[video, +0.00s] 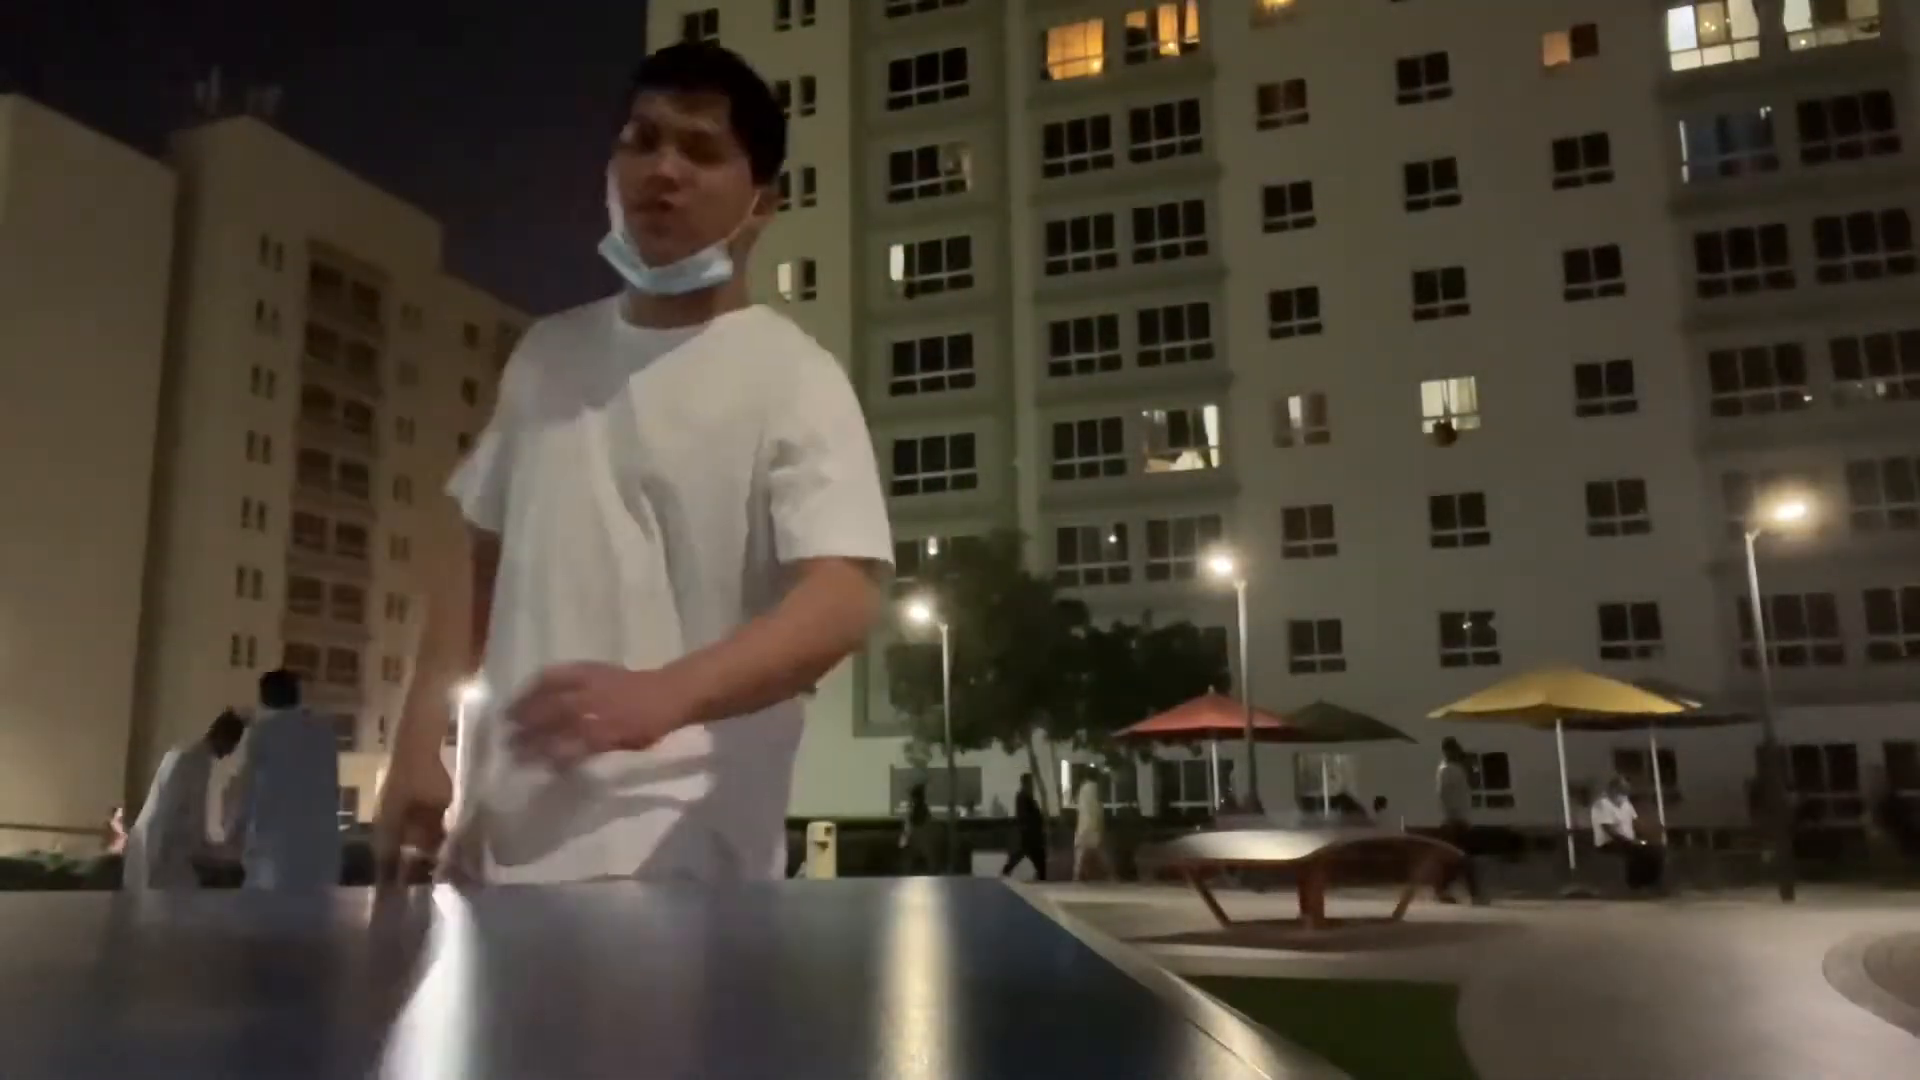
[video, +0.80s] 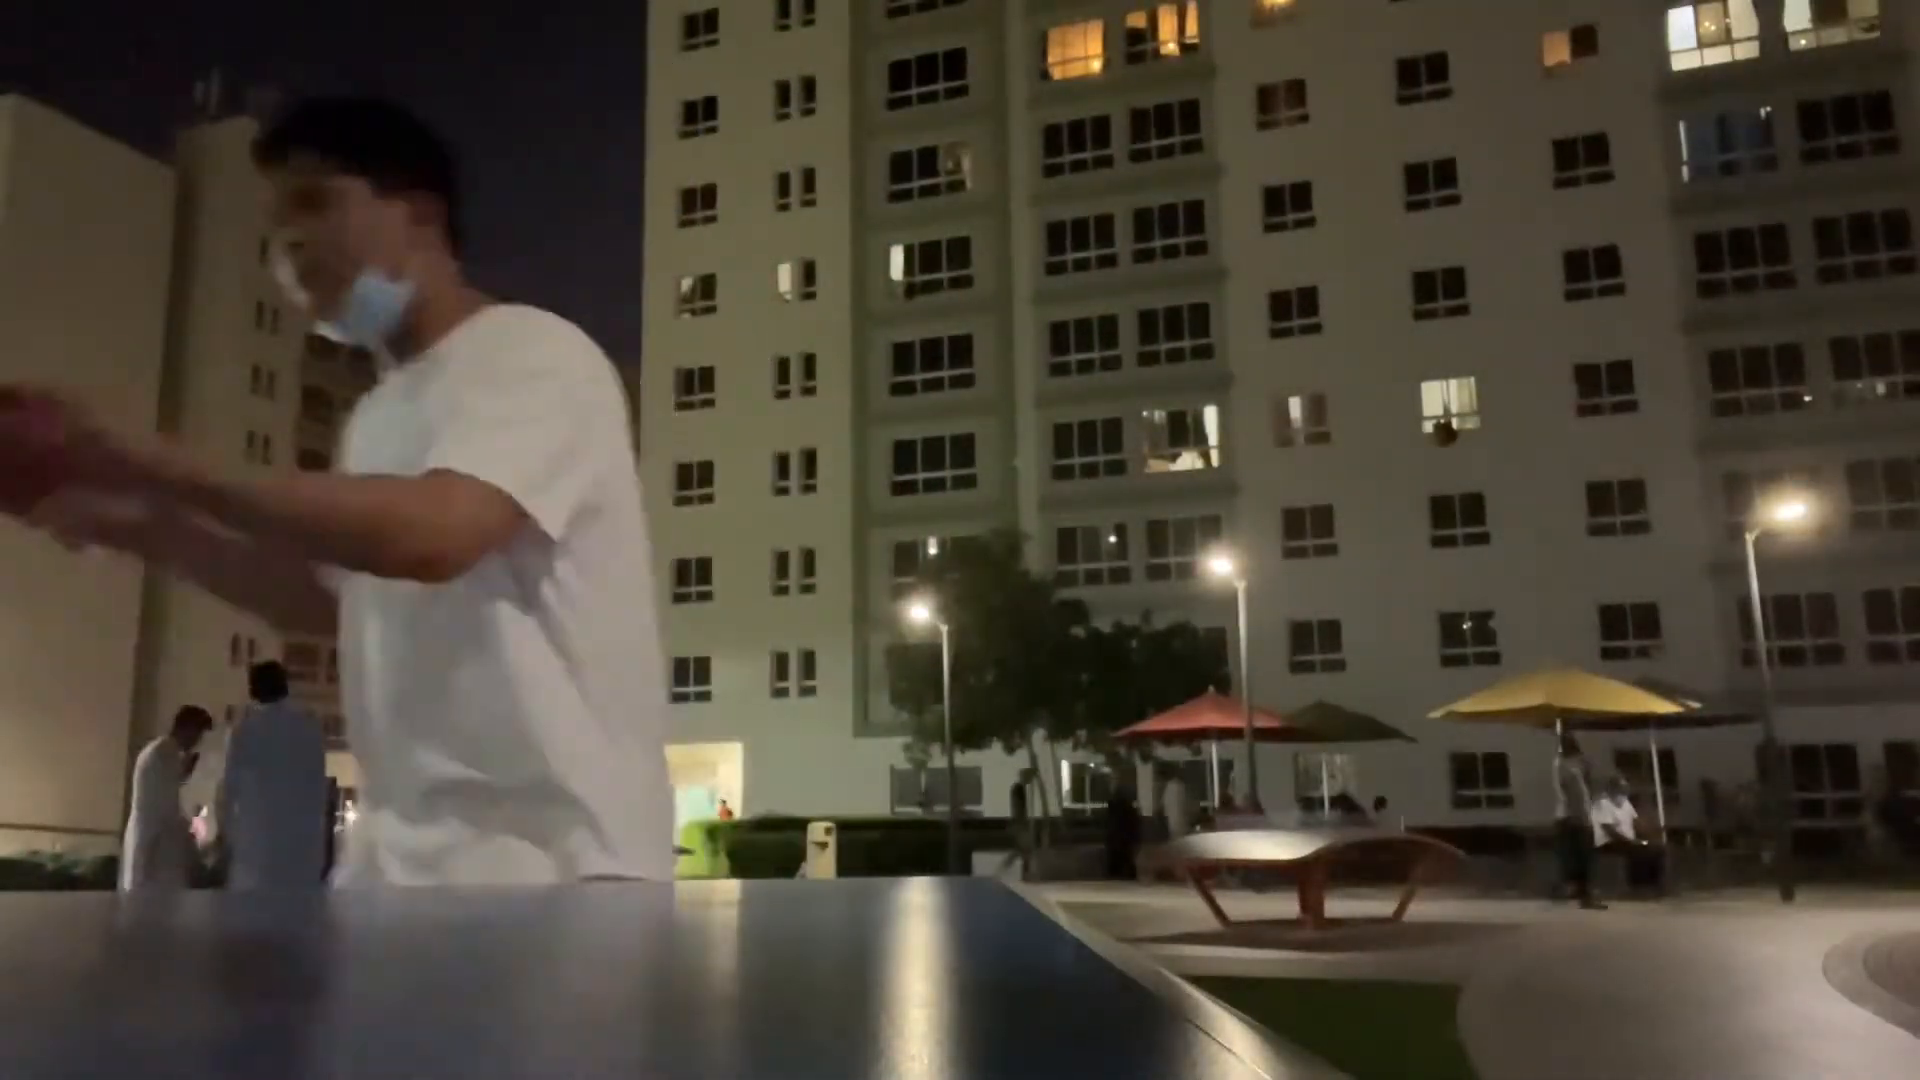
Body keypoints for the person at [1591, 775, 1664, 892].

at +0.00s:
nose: (1623, 798)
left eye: (1625, 794)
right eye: (1620, 793)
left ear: (1626, 792)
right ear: (1613, 791)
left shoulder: (1625, 802)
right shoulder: (1602, 805)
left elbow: (1635, 821)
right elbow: (1608, 829)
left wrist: (1647, 834)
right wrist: (1632, 842)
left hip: (1628, 841)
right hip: (1609, 844)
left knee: (1653, 850)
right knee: (1638, 854)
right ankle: (1635, 886)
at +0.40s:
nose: (1625, 790)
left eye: (1625, 786)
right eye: (1622, 787)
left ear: (1627, 788)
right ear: (1613, 788)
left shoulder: (1624, 801)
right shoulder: (1602, 804)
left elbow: (1635, 820)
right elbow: (1609, 829)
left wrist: (1649, 832)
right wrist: (1632, 842)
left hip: (1628, 840)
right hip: (1609, 843)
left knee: (1655, 850)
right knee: (1639, 853)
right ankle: (1635, 887)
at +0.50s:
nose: (1625, 791)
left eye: (1625, 788)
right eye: (1622, 788)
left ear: (1627, 788)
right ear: (1613, 788)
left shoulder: (1624, 801)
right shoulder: (1602, 804)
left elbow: (1635, 820)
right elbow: (1609, 829)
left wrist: (1648, 832)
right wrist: (1633, 842)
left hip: (1629, 840)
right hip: (1609, 844)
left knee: (1655, 850)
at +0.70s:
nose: (1624, 797)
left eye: (1625, 792)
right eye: (1621, 792)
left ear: (1627, 791)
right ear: (1612, 791)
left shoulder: (1624, 803)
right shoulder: (1601, 805)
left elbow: (1636, 821)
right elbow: (1610, 830)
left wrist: (1649, 834)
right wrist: (1632, 842)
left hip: (1629, 840)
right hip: (1609, 843)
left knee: (1656, 850)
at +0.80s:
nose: (1623, 798)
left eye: (1625, 794)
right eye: (1620, 794)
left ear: (1626, 792)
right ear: (1612, 792)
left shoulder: (1624, 802)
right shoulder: (1602, 804)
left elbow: (1636, 820)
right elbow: (1609, 829)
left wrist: (1647, 834)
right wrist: (1631, 842)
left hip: (1629, 840)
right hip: (1609, 843)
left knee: (1655, 849)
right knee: (1638, 852)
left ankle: (1653, 887)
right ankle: (1638, 889)